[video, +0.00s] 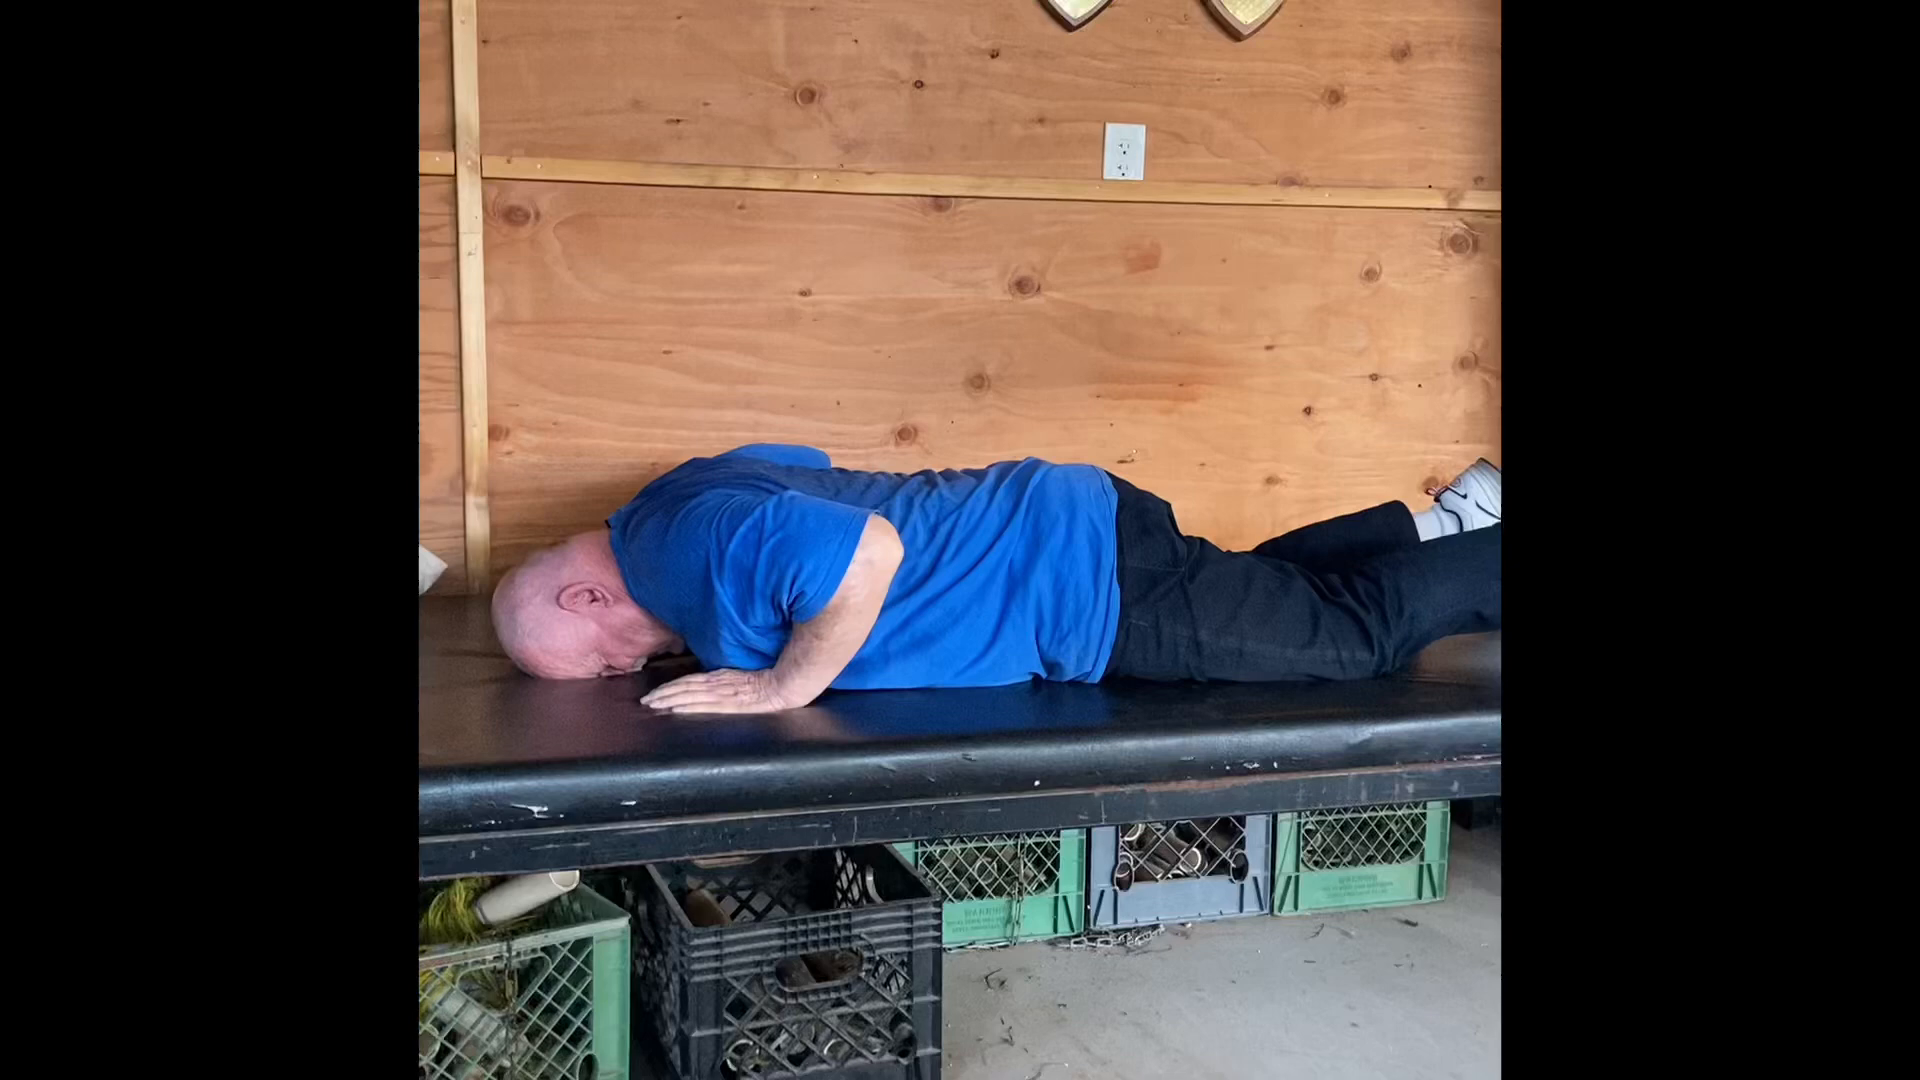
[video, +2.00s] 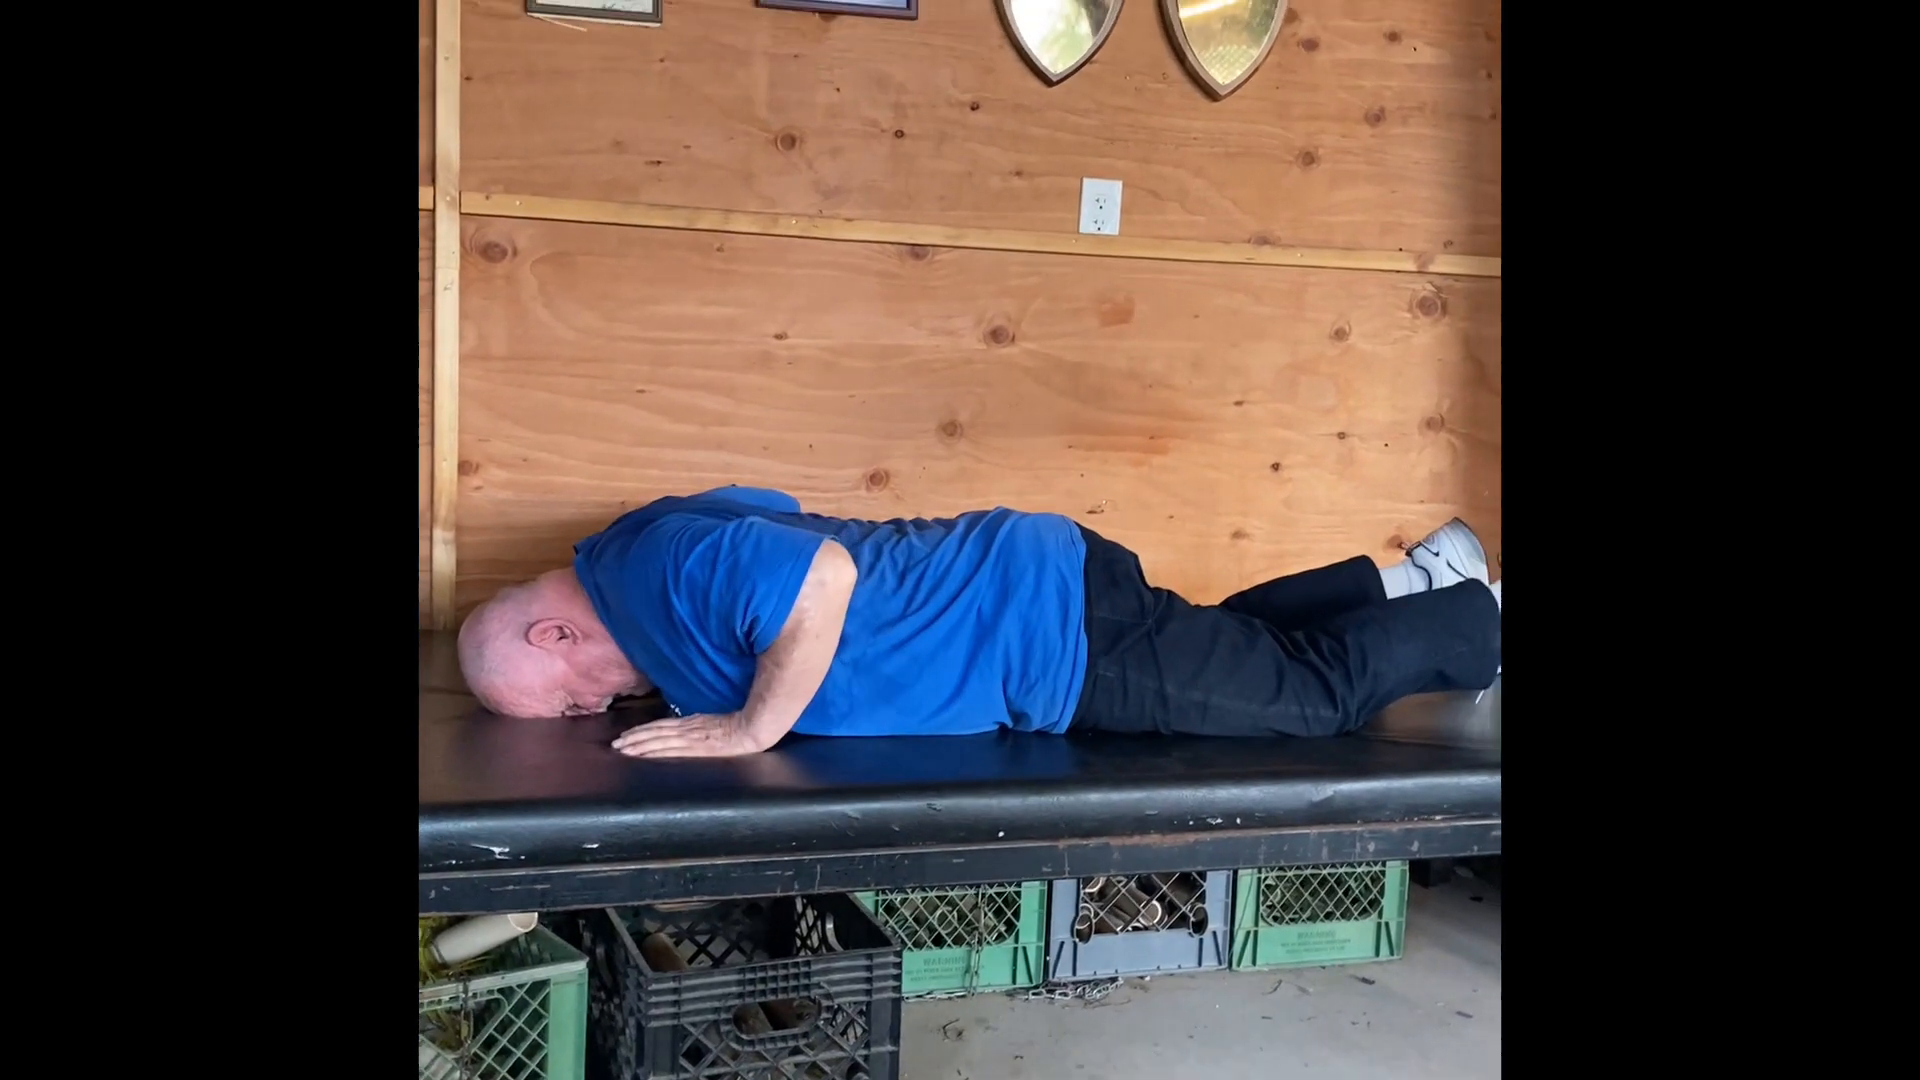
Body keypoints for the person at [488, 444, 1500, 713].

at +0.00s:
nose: (612, 670)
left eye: (583, 665)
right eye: (586, 663)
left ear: (586, 608)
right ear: (583, 581)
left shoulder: (699, 536)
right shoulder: (672, 525)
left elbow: (868, 548)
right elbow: (857, 525)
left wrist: (779, 689)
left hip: (1083, 578)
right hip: (1062, 540)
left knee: (1356, 632)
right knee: (1267, 599)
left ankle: (1488, 547)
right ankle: (1447, 523)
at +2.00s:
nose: (586, 710)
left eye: (558, 701)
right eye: (561, 707)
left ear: (546, 635)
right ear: (548, 627)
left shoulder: (657, 567)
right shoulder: (640, 580)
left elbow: (826, 574)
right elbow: (819, 550)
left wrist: (750, 728)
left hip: (1052, 624)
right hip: (1030, 626)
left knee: (1315, 689)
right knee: (1245, 662)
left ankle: (1481, 622)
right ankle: (1420, 572)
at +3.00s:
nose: (606, 552)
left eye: (584, 538)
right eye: (580, 551)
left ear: (581, 480)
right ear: (580, 479)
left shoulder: (711, 474)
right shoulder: (680, 441)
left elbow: (816, 616)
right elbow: (774, 591)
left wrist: (761, 768)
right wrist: (738, 705)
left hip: (1079, 587)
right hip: (1056, 567)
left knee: (1313, 693)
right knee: (1282, 653)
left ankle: (1483, 648)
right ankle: (1452, 607)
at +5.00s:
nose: (561, 644)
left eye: (541, 634)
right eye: (542, 642)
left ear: (543, 574)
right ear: (539, 560)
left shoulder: (661, 534)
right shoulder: (611, 513)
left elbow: (781, 636)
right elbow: (716, 635)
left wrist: (714, 772)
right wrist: (663, 690)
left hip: (1041, 634)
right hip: (1014, 615)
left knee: (1277, 726)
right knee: (1221, 666)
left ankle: (1463, 668)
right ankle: (1409, 626)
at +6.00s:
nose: (525, 658)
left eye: (502, 648)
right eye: (504, 659)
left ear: (498, 584)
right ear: (498, 577)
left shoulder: (625, 552)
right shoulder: (584, 541)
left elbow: (728, 665)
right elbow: (700, 654)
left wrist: (670, 802)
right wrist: (629, 721)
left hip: (984, 660)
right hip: (955, 680)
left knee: (1215, 755)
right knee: (1172, 710)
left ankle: (1428, 710)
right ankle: (1366, 673)